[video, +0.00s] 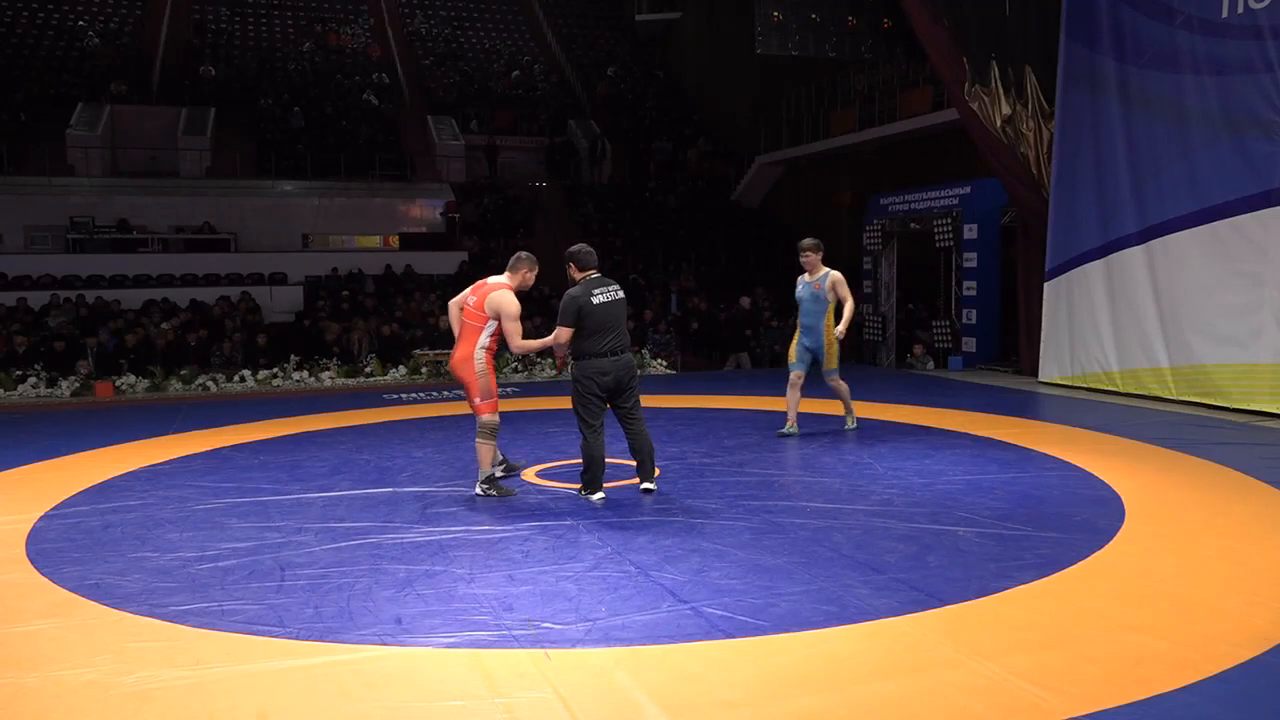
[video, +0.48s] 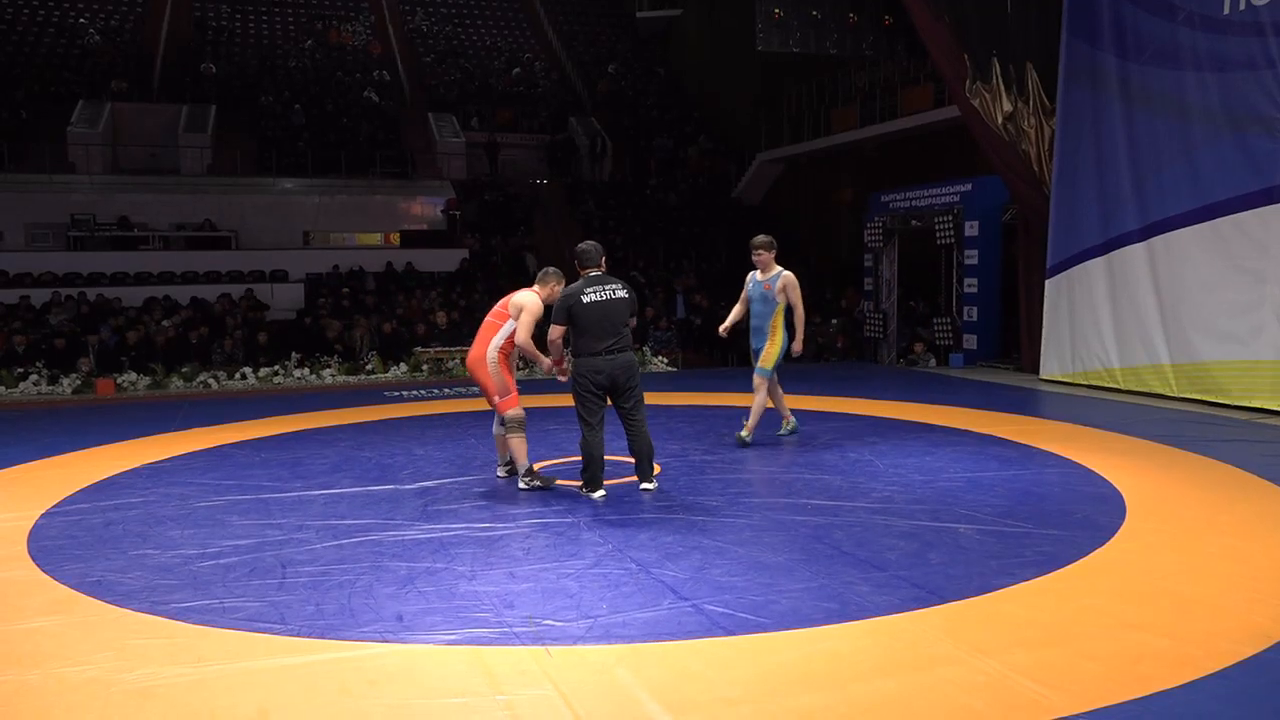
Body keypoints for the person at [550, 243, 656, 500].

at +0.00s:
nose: (568, 271)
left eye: (568, 267)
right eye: (568, 267)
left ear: (573, 268)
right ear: (595, 264)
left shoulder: (574, 296)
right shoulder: (614, 286)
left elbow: (560, 339)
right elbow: (615, 323)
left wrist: (558, 352)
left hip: (590, 368)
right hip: (623, 364)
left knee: (592, 430)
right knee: (634, 421)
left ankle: (593, 487)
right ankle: (648, 478)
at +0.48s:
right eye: (603, 260)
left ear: (576, 266)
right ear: (603, 262)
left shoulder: (568, 295)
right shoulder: (622, 287)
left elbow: (554, 338)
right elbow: (631, 323)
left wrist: (558, 362)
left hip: (588, 367)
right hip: (623, 363)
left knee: (591, 428)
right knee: (635, 420)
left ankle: (593, 485)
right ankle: (647, 478)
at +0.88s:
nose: (622, 262)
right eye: (622, 259)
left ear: (595, 264)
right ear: (620, 262)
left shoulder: (581, 292)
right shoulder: (638, 289)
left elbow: (568, 332)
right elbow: (660, 322)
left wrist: (563, 363)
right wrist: (642, 315)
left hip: (596, 366)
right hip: (632, 363)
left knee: (596, 426)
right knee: (640, 421)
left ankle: (594, 484)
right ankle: (647, 479)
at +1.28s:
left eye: (615, 259)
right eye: (642, 258)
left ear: (615, 262)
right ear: (642, 261)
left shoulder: (602, 287)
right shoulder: (657, 289)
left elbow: (584, 325)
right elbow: (668, 320)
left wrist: (594, 346)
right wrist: (645, 319)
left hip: (612, 362)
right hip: (647, 361)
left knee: (603, 422)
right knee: (649, 421)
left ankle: (597, 480)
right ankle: (650, 480)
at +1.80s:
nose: (627, 263)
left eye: (628, 260)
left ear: (630, 262)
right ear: (656, 262)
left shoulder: (619, 287)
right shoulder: (672, 289)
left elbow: (600, 323)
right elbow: (678, 324)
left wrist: (623, 318)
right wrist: (656, 318)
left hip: (625, 361)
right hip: (660, 362)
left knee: (612, 420)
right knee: (658, 421)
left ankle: (601, 476)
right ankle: (655, 480)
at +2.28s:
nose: (632, 266)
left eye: (633, 262)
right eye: (633, 262)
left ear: (638, 262)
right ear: (664, 262)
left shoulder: (626, 288)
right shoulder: (681, 288)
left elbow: (612, 322)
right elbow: (676, 318)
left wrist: (642, 313)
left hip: (634, 361)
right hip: (669, 362)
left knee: (617, 416)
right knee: (665, 418)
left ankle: (613, 473)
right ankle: (662, 479)